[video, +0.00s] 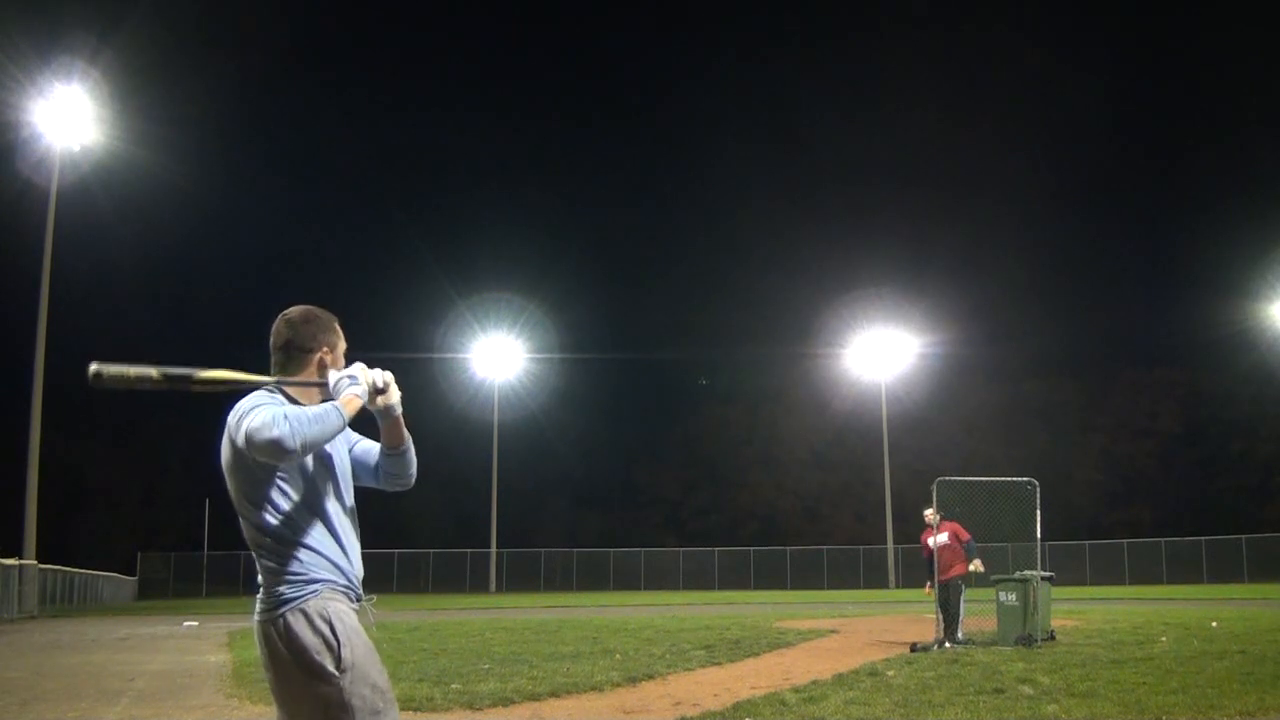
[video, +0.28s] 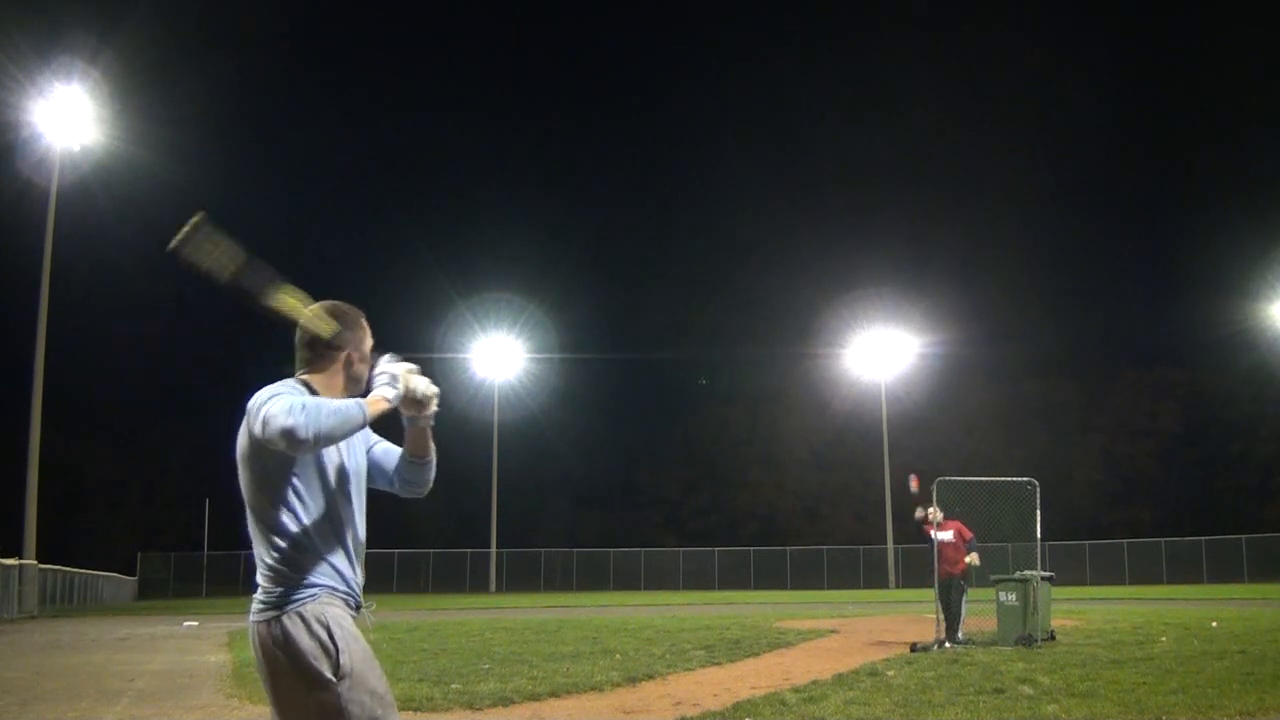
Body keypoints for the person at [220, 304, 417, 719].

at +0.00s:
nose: (345, 366)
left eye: (344, 356)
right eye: (343, 355)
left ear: (279, 353)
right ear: (325, 357)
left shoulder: (332, 432)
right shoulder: (257, 408)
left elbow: (399, 476)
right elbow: (279, 440)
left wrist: (391, 415)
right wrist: (352, 400)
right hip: (307, 611)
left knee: (316, 713)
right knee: (373, 711)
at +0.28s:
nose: (370, 360)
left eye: (370, 351)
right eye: (368, 350)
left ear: (309, 347)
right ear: (349, 357)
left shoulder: (352, 430)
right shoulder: (275, 400)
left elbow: (414, 482)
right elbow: (293, 429)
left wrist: (419, 422)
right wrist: (383, 397)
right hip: (303, 618)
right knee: (373, 711)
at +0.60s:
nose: (421, 351)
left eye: (421, 340)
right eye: (421, 340)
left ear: (356, 334)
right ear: (403, 346)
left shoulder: (387, 415)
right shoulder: (320, 383)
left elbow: (421, 503)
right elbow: (325, 433)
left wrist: (446, 464)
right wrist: (429, 423)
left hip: (346, 586)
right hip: (286, 590)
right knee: (343, 708)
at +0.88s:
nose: (459, 373)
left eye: (459, 362)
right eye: (456, 363)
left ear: (397, 358)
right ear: (437, 369)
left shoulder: (426, 425)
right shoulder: (345, 408)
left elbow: (454, 520)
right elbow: (325, 471)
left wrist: (463, 490)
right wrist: (428, 458)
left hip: (375, 577)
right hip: (303, 600)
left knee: (480, 569)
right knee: (347, 708)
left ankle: (466, 709)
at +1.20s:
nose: (505, 420)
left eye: (502, 411)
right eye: (498, 413)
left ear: (468, 427)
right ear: (469, 428)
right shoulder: (413, 484)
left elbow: (510, 492)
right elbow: (415, 583)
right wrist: (463, 506)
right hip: (360, 638)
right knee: (434, 710)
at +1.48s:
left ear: (472, 393)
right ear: (517, 426)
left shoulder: (397, 415)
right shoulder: (509, 479)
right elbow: (478, 427)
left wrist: (245, 371)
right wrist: (437, 391)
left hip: (342, 628)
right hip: (423, 646)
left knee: (353, 711)